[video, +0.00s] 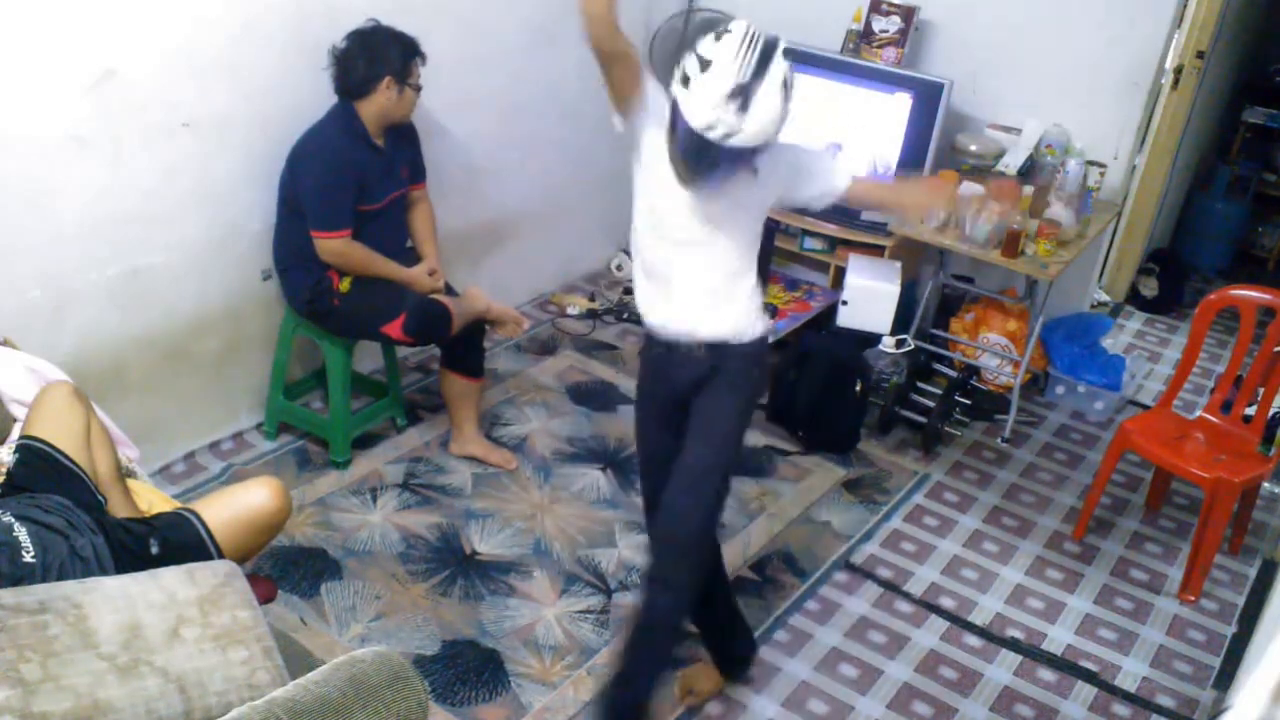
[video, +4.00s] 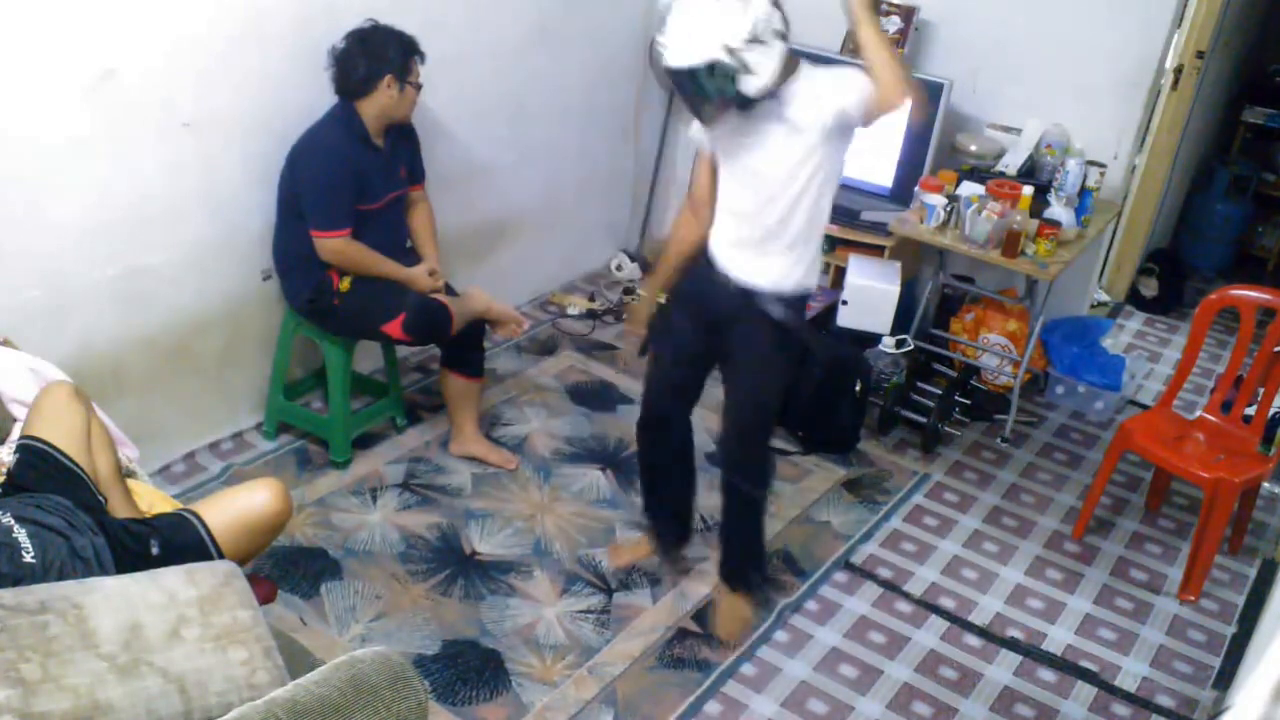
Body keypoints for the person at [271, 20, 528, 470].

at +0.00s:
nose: (419, 96)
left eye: (419, 87)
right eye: (416, 86)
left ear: (386, 87)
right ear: (387, 87)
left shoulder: (400, 131)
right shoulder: (326, 151)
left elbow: (418, 202)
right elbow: (333, 249)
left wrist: (429, 259)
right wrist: (408, 277)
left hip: (387, 266)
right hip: (325, 283)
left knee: (465, 321)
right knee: (426, 323)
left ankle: (466, 435)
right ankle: (476, 306)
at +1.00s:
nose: (419, 96)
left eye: (419, 87)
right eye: (416, 87)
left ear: (387, 88)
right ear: (387, 88)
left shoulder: (400, 131)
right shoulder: (326, 151)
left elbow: (417, 202)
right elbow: (333, 249)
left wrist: (428, 260)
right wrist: (407, 277)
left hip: (388, 264)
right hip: (325, 282)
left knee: (465, 323)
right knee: (424, 323)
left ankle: (466, 436)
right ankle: (476, 306)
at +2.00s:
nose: (420, 96)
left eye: (420, 87)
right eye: (416, 87)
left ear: (387, 87)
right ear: (388, 87)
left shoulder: (399, 131)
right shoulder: (326, 151)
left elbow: (417, 201)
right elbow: (332, 249)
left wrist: (430, 261)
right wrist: (407, 275)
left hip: (387, 264)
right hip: (325, 284)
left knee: (465, 324)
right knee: (422, 323)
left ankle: (466, 435)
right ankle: (473, 306)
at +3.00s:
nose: (419, 95)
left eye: (419, 87)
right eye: (416, 86)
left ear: (387, 86)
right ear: (388, 86)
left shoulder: (399, 131)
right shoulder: (326, 150)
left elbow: (417, 201)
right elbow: (333, 248)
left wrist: (430, 258)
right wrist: (407, 276)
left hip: (389, 265)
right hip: (326, 282)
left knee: (467, 320)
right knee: (425, 323)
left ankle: (465, 434)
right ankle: (478, 304)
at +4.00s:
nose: (419, 95)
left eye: (419, 86)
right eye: (416, 86)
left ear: (387, 86)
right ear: (388, 86)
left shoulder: (399, 132)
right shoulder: (326, 151)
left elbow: (417, 203)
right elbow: (332, 249)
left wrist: (429, 260)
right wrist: (407, 276)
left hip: (387, 266)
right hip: (326, 283)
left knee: (466, 322)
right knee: (425, 323)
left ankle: (465, 435)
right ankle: (477, 304)